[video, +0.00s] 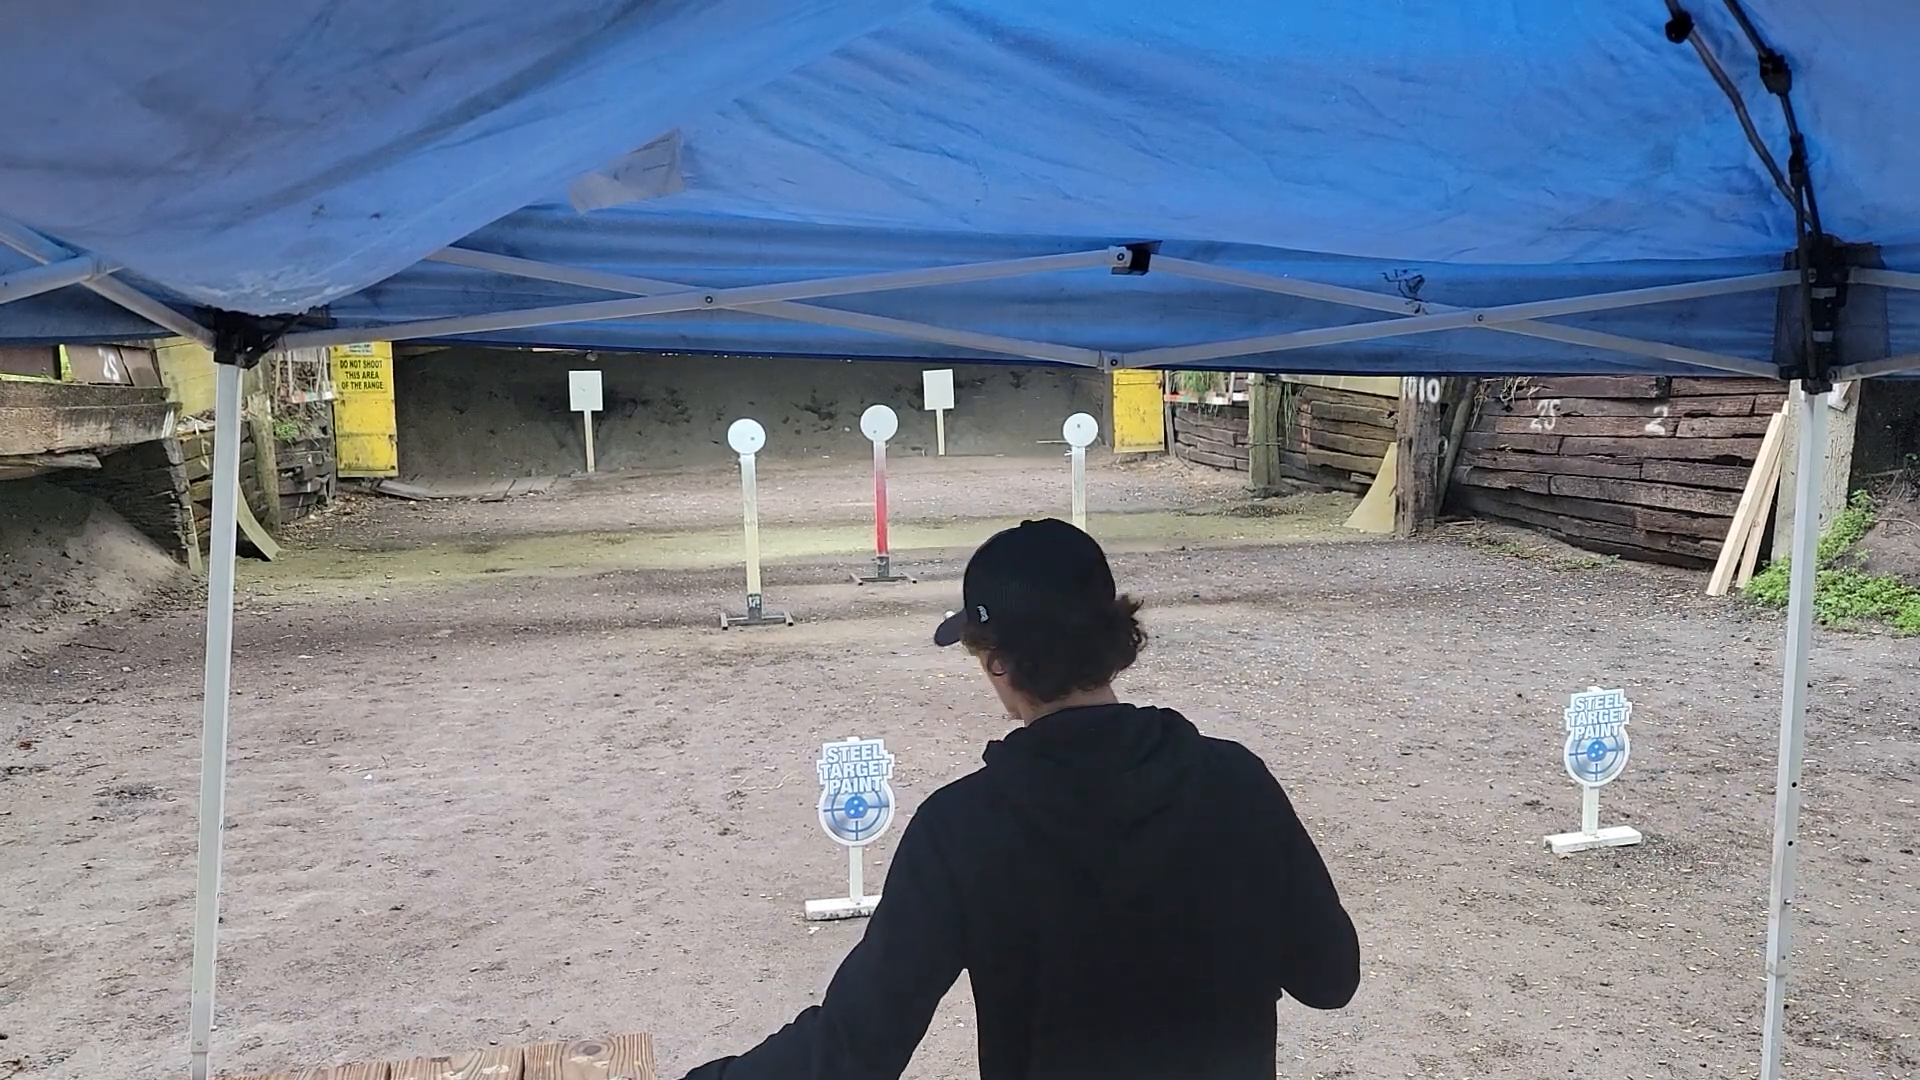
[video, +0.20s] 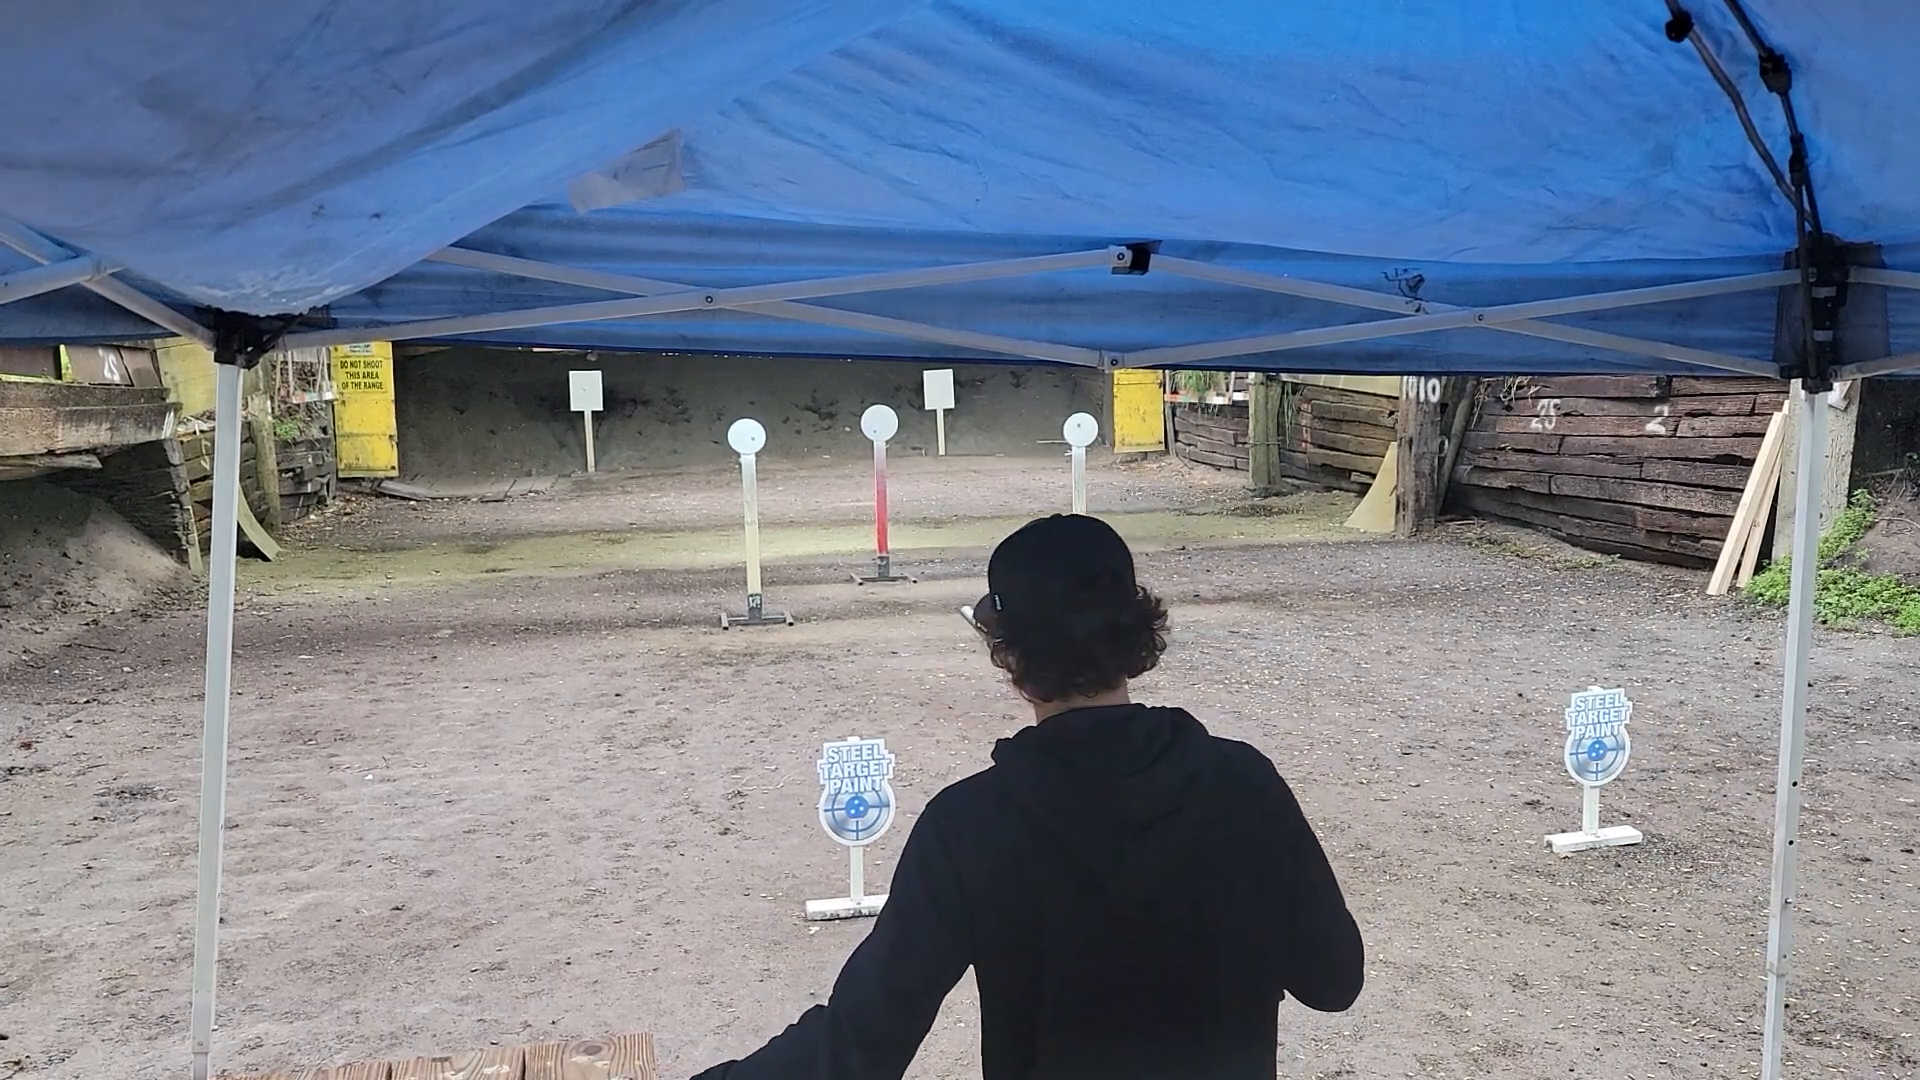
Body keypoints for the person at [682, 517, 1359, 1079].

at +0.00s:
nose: (977, 665)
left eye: (976, 647)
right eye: (974, 646)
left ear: (995, 660)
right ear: (1116, 634)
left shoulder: (963, 826)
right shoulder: (1236, 784)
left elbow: (858, 1041)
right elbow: (1333, 976)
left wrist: (691, 1076)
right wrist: (1214, 888)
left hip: (1041, 1064)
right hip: (1226, 1064)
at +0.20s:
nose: (993, 648)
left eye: (994, 633)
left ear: (1007, 652)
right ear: (1139, 631)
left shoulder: (969, 824)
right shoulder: (1245, 787)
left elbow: (865, 1038)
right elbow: (1336, 978)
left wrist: (723, 1077)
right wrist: (1218, 903)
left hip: (1042, 1069)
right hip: (1227, 1070)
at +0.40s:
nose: (1001, 640)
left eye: (1003, 621)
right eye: (1004, 619)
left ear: (1019, 641)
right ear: (1150, 627)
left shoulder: (978, 822)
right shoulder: (1251, 785)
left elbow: (884, 1044)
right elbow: (1340, 978)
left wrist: (695, 1079)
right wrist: (1226, 889)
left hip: (1050, 1068)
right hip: (1227, 1068)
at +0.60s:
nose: (1022, 636)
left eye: (1023, 617)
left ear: (1032, 638)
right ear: (1166, 623)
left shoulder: (992, 821)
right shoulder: (1265, 788)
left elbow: (941, 1054)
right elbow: (1347, 988)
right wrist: (1221, 900)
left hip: (1058, 1072)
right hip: (1236, 1073)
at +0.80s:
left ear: (1053, 645)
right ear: (1190, 624)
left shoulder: (994, 814)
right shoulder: (1285, 797)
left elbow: (960, 1030)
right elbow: (1365, 1000)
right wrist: (1241, 928)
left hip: (1061, 1070)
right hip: (1242, 1068)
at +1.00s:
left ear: (1071, 642)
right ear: (1210, 623)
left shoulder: (1007, 799)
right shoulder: (1303, 806)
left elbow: (994, 994)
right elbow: (1385, 1009)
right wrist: (1254, 937)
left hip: (1056, 1068)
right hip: (1247, 1066)